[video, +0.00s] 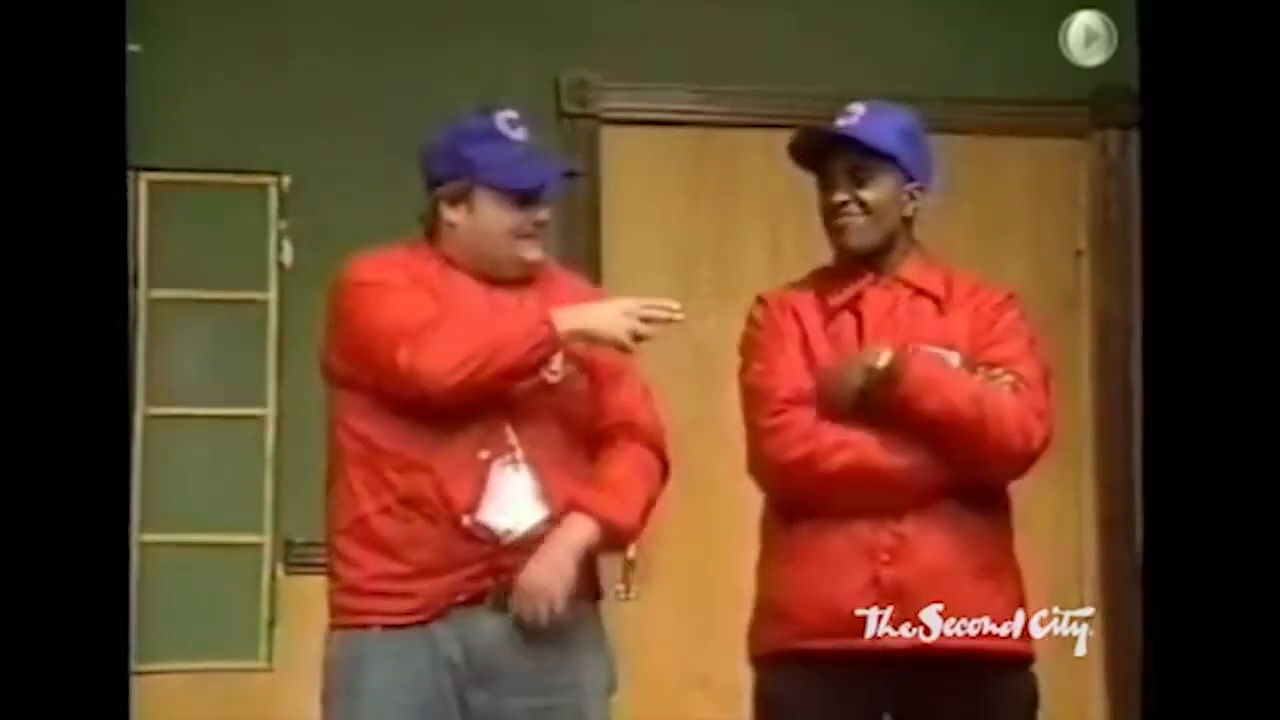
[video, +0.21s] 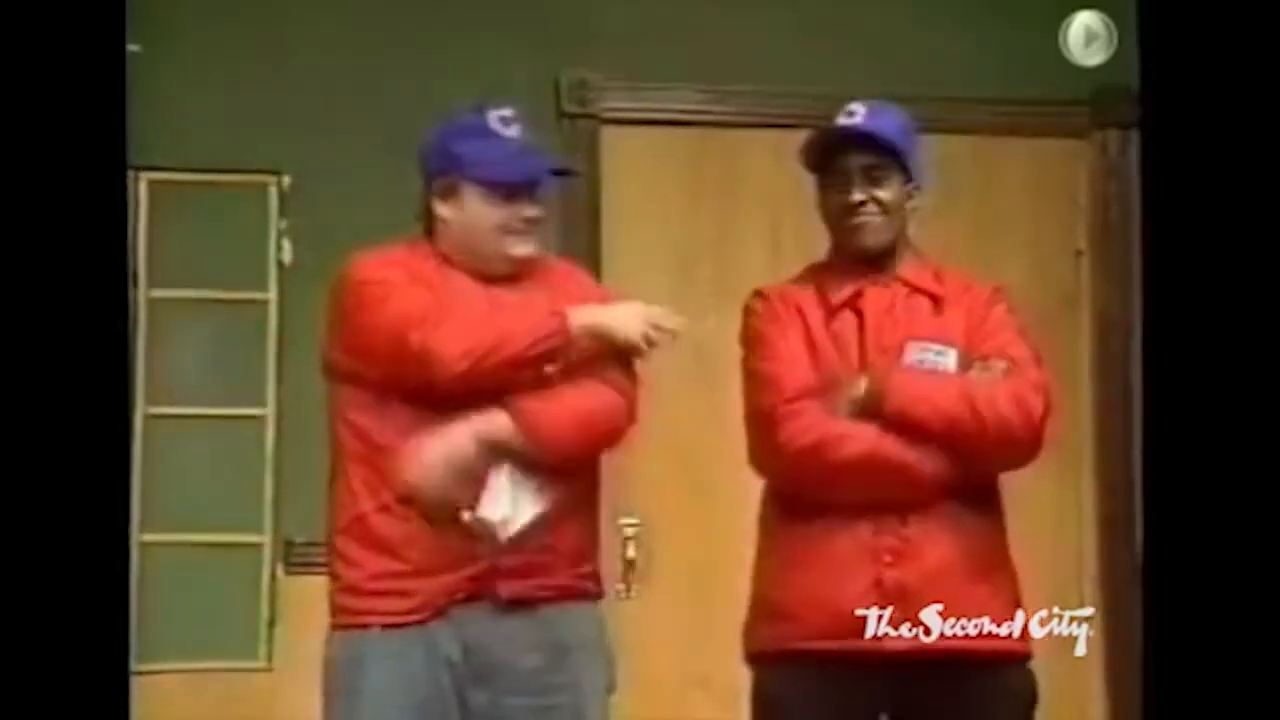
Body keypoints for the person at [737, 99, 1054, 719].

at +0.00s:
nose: (839, 197)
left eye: (861, 178)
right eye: (828, 182)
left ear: (912, 193)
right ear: (817, 194)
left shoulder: (985, 307)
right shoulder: (783, 314)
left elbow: (1017, 437)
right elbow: (784, 456)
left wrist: (897, 374)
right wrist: (954, 457)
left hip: (967, 646)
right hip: (817, 649)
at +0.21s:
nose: (857, 195)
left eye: (875, 176)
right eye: (839, 180)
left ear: (910, 190)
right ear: (821, 195)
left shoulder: (974, 301)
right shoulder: (780, 308)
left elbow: (1020, 422)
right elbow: (785, 444)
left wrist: (882, 393)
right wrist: (950, 458)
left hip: (965, 641)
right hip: (815, 644)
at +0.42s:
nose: (874, 193)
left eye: (888, 175)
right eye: (852, 179)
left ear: (909, 188)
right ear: (820, 199)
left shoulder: (971, 301)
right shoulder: (778, 310)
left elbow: (1023, 435)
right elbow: (791, 453)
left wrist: (880, 419)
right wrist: (963, 467)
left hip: (966, 641)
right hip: (817, 645)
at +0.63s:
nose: (885, 191)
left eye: (894, 173)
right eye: (858, 177)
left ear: (909, 187)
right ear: (816, 200)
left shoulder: (969, 307)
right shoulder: (776, 315)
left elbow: (1027, 437)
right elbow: (793, 457)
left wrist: (880, 418)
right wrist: (968, 466)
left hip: (966, 642)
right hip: (817, 645)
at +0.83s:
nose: (889, 192)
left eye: (896, 176)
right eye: (862, 177)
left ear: (908, 190)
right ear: (815, 200)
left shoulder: (967, 310)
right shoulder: (774, 316)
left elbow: (1026, 439)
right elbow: (792, 457)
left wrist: (881, 419)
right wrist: (967, 466)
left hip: (967, 644)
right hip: (817, 647)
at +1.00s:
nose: (892, 196)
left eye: (898, 180)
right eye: (866, 180)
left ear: (909, 194)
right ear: (817, 203)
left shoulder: (966, 311)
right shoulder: (774, 319)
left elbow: (1023, 436)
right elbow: (791, 455)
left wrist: (880, 416)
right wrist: (965, 465)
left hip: (966, 644)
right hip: (816, 647)